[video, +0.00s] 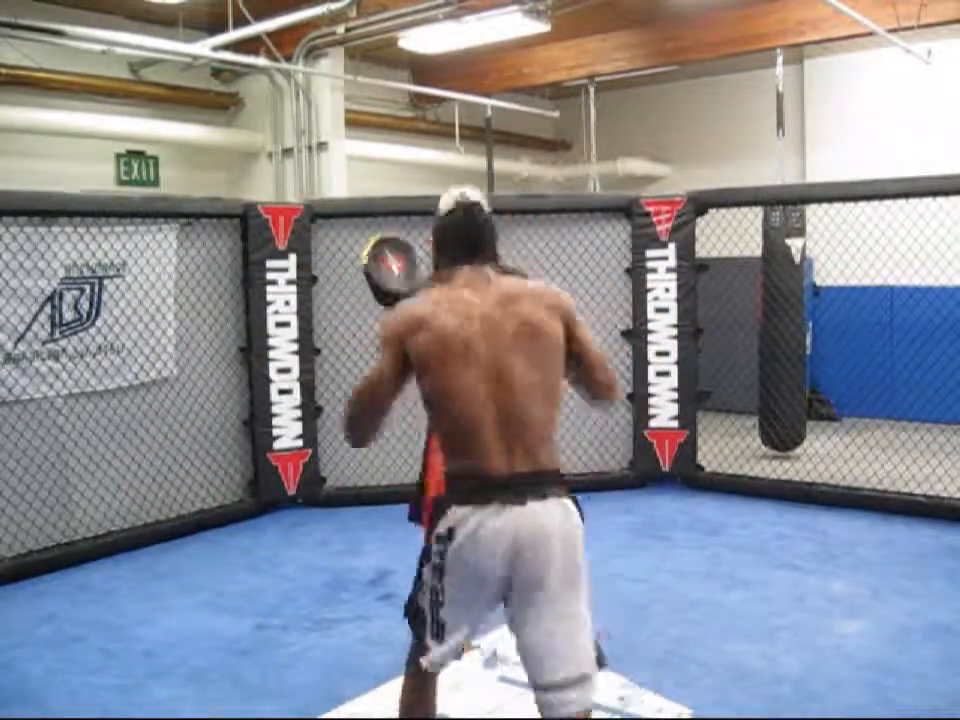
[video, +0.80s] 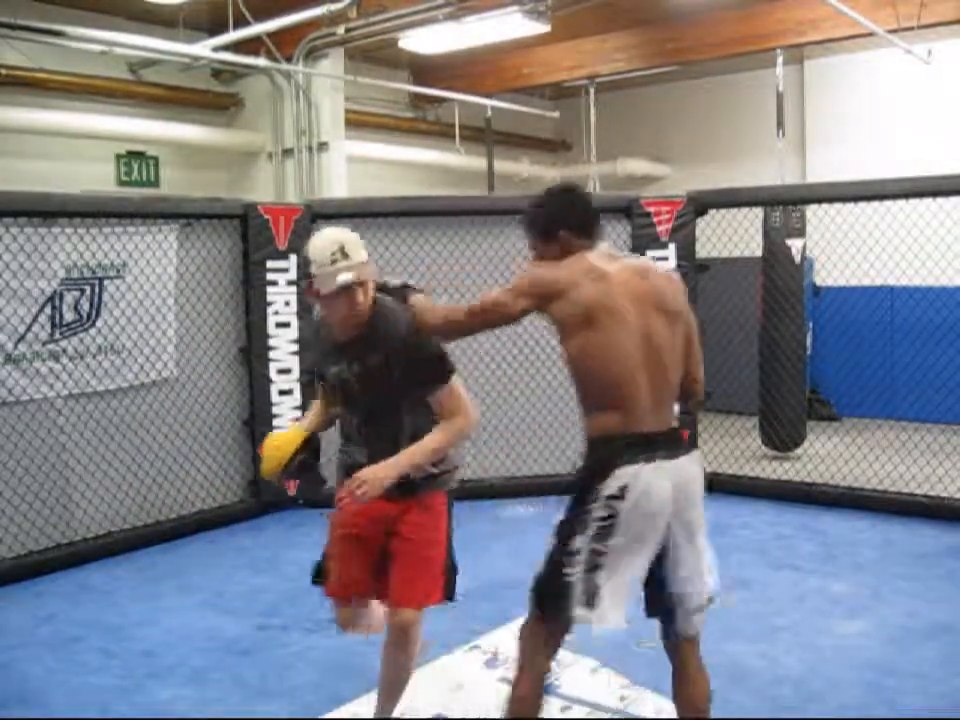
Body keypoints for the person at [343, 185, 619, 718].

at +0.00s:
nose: (434, 253)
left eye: (434, 246)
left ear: (436, 252)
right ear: (495, 247)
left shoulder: (413, 317)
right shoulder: (549, 302)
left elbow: (359, 426)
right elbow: (606, 389)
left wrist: (397, 353)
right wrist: (551, 345)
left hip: (469, 527)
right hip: (551, 522)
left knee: (423, 667)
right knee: (567, 700)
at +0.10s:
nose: (425, 251)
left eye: (427, 244)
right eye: (430, 246)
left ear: (431, 246)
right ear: (487, 244)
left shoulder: (413, 299)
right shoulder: (526, 287)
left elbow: (356, 415)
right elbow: (537, 372)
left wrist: (392, 326)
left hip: (458, 503)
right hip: (535, 500)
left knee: (422, 666)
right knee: (563, 682)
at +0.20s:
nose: (417, 246)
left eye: (418, 239)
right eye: (420, 239)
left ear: (428, 239)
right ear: (482, 240)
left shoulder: (406, 291)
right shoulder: (516, 279)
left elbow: (378, 419)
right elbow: (532, 367)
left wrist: (369, 359)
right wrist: (399, 344)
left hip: (453, 494)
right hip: (530, 490)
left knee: (420, 662)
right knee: (564, 668)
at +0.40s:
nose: (425, 255)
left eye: (424, 246)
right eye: (428, 250)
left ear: (429, 242)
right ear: (483, 235)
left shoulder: (413, 286)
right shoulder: (540, 284)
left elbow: (387, 406)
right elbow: (577, 392)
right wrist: (517, 372)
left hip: (467, 484)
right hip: (543, 479)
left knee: (432, 658)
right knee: (589, 648)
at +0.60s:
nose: (487, 266)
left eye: (486, 257)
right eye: (489, 258)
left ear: (495, 252)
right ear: (543, 248)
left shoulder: (478, 304)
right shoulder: (602, 296)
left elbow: (406, 386)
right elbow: (643, 400)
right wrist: (584, 373)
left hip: (521, 497)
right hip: (594, 493)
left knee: (450, 658)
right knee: (651, 648)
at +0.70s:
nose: (516, 271)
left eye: (516, 260)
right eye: (514, 261)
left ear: (531, 255)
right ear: (573, 248)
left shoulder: (518, 304)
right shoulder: (638, 299)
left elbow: (418, 357)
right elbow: (676, 409)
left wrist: (435, 326)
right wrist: (616, 379)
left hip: (576, 499)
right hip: (646, 492)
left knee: (501, 651)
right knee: (680, 643)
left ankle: (460, 712)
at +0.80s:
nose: (532, 254)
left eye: (535, 242)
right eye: (531, 243)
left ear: (558, 237)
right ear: (591, 232)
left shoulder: (556, 276)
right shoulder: (666, 281)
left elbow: (455, 322)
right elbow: (693, 386)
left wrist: (410, 302)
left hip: (620, 479)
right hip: (682, 473)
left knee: (541, 633)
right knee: (685, 643)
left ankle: (519, 711)